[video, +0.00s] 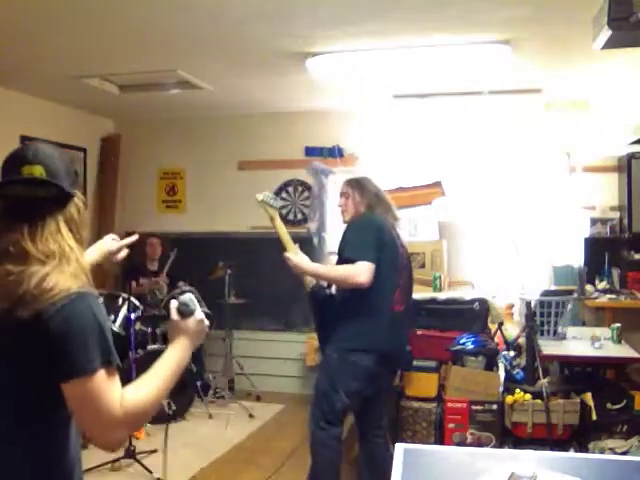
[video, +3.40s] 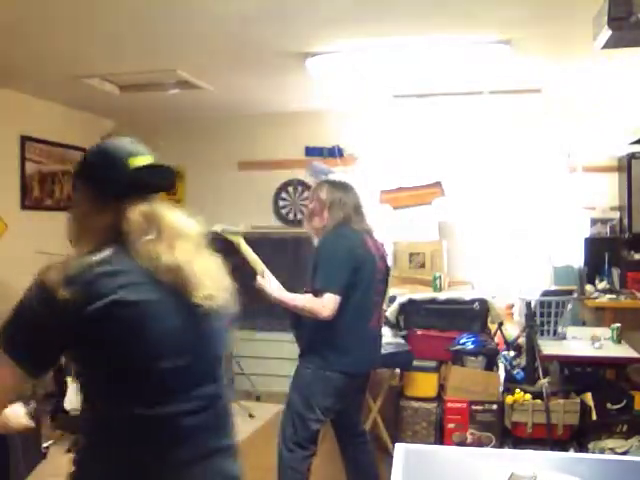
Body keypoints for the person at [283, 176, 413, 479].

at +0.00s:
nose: (340, 204)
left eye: (344, 197)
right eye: (340, 198)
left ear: (361, 198)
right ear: (371, 200)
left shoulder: (364, 225)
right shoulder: (389, 233)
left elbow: (361, 275)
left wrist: (309, 267)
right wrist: (320, 280)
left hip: (356, 346)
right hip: (385, 347)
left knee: (325, 423)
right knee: (373, 429)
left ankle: (323, 474)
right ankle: (377, 476)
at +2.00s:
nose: (338, 203)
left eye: (341, 197)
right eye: (339, 197)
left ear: (349, 200)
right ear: (375, 202)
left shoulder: (347, 234)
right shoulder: (389, 241)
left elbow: (328, 289)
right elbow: (385, 296)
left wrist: (285, 280)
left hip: (339, 352)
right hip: (373, 351)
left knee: (308, 434)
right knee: (362, 425)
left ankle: (299, 474)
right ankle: (378, 473)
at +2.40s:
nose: (306, 216)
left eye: (310, 208)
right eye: (306, 209)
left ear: (321, 209)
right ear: (344, 208)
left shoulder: (326, 241)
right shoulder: (364, 243)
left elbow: (311, 301)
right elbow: (374, 311)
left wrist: (280, 292)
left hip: (317, 358)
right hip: (353, 358)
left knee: (288, 443)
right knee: (350, 436)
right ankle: (366, 475)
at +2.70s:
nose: (312, 216)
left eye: (314, 208)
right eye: (313, 208)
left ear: (321, 210)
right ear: (349, 207)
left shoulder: (322, 245)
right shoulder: (369, 245)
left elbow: (313, 299)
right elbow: (372, 303)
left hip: (323, 350)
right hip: (357, 351)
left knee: (299, 435)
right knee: (351, 428)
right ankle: (366, 473)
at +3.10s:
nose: (310, 213)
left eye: (314, 206)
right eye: (311, 206)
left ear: (329, 208)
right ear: (350, 206)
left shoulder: (336, 242)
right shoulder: (370, 242)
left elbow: (324, 305)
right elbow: (372, 303)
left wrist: (286, 304)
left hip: (326, 358)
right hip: (358, 358)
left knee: (296, 442)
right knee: (351, 430)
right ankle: (366, 475)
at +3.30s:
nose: (307, 210)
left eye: (312, 203)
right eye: (308, 203)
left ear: (328, 207)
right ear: (349, 206)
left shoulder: (338, 240)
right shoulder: (368, 241)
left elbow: (324, 307)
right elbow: (362, 304)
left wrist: (280, 294)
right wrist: (311, 292)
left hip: (328, 361)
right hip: (358, 360)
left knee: (295, 445)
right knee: (352, 433)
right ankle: (367, 476)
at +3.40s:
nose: (308, 207)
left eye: (314, 201)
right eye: (310, 200)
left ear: (330, 207)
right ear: (349, 207)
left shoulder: (338, 240)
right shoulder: (368, 242)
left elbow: (325, 307)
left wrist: (279, 294)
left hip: (328, 361)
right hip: (358, 360)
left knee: (295, 445)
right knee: (352, 433)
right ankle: (368, 475)